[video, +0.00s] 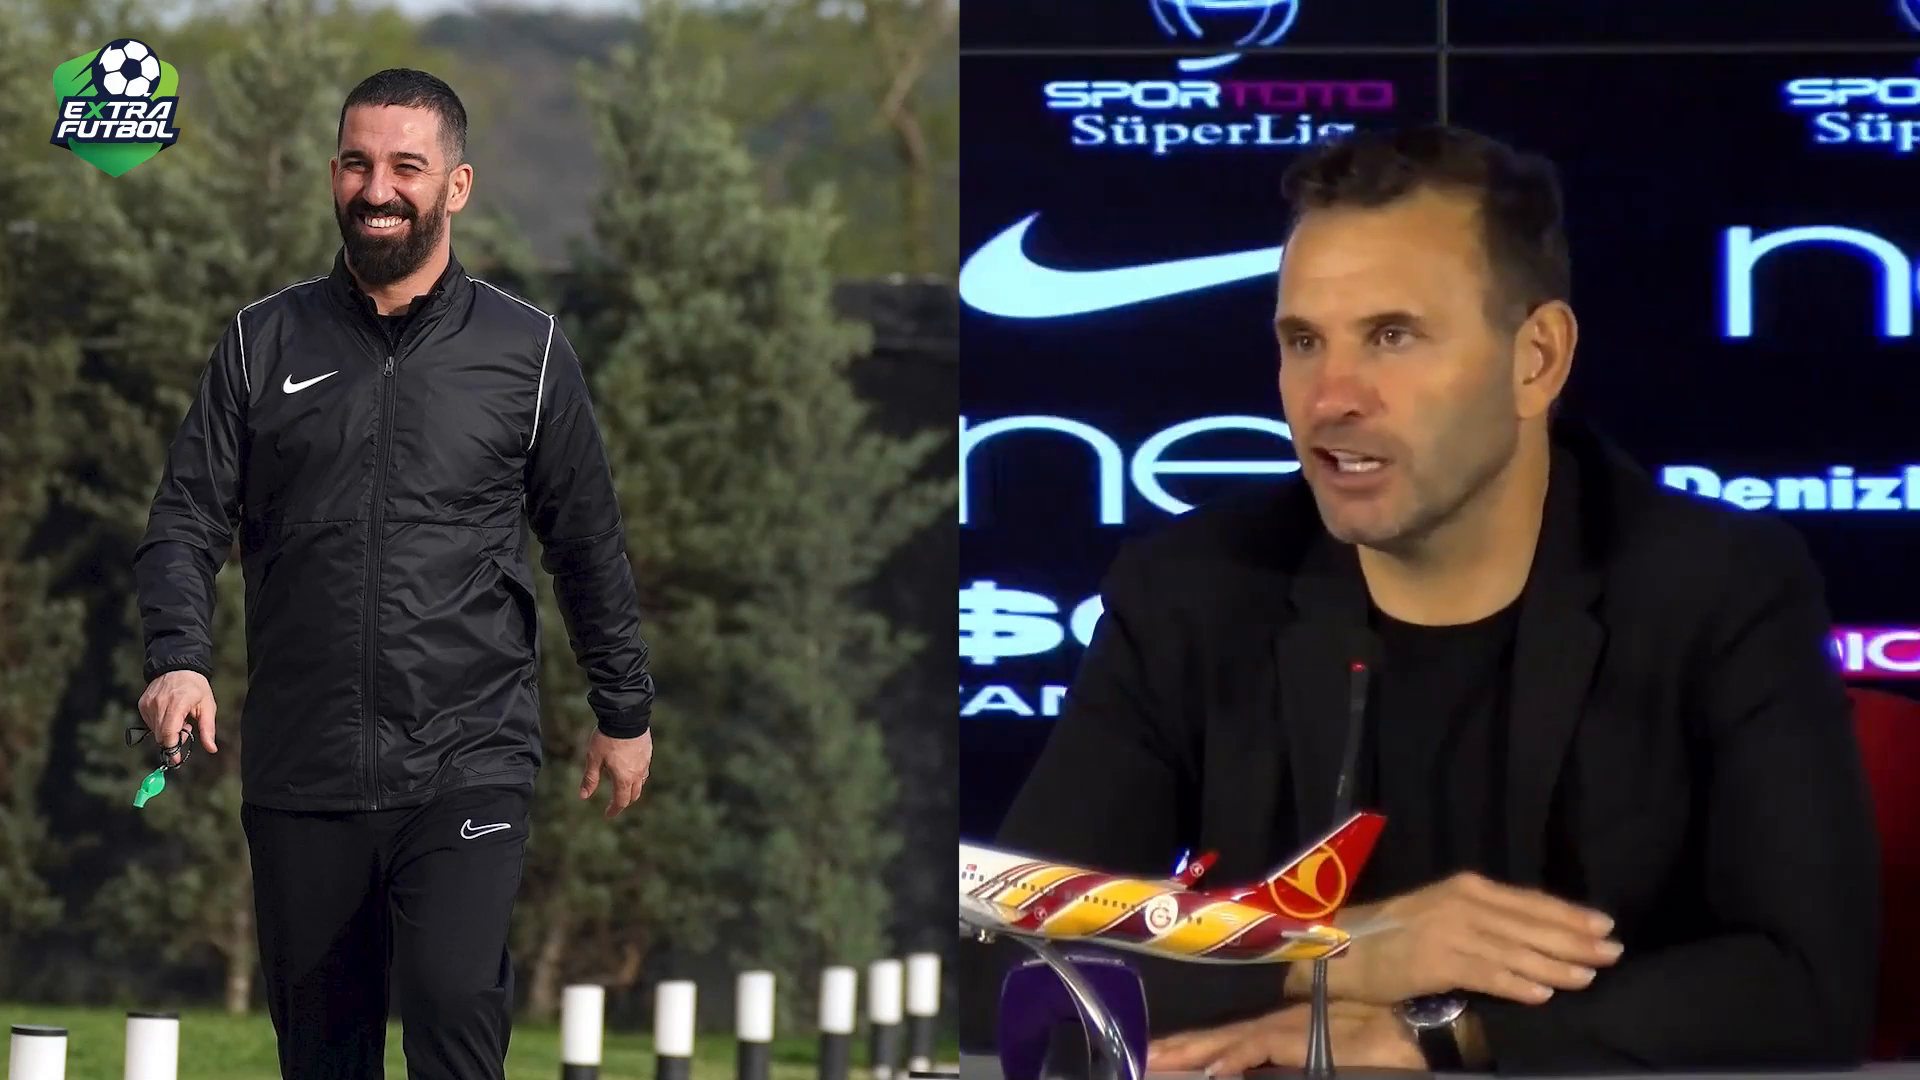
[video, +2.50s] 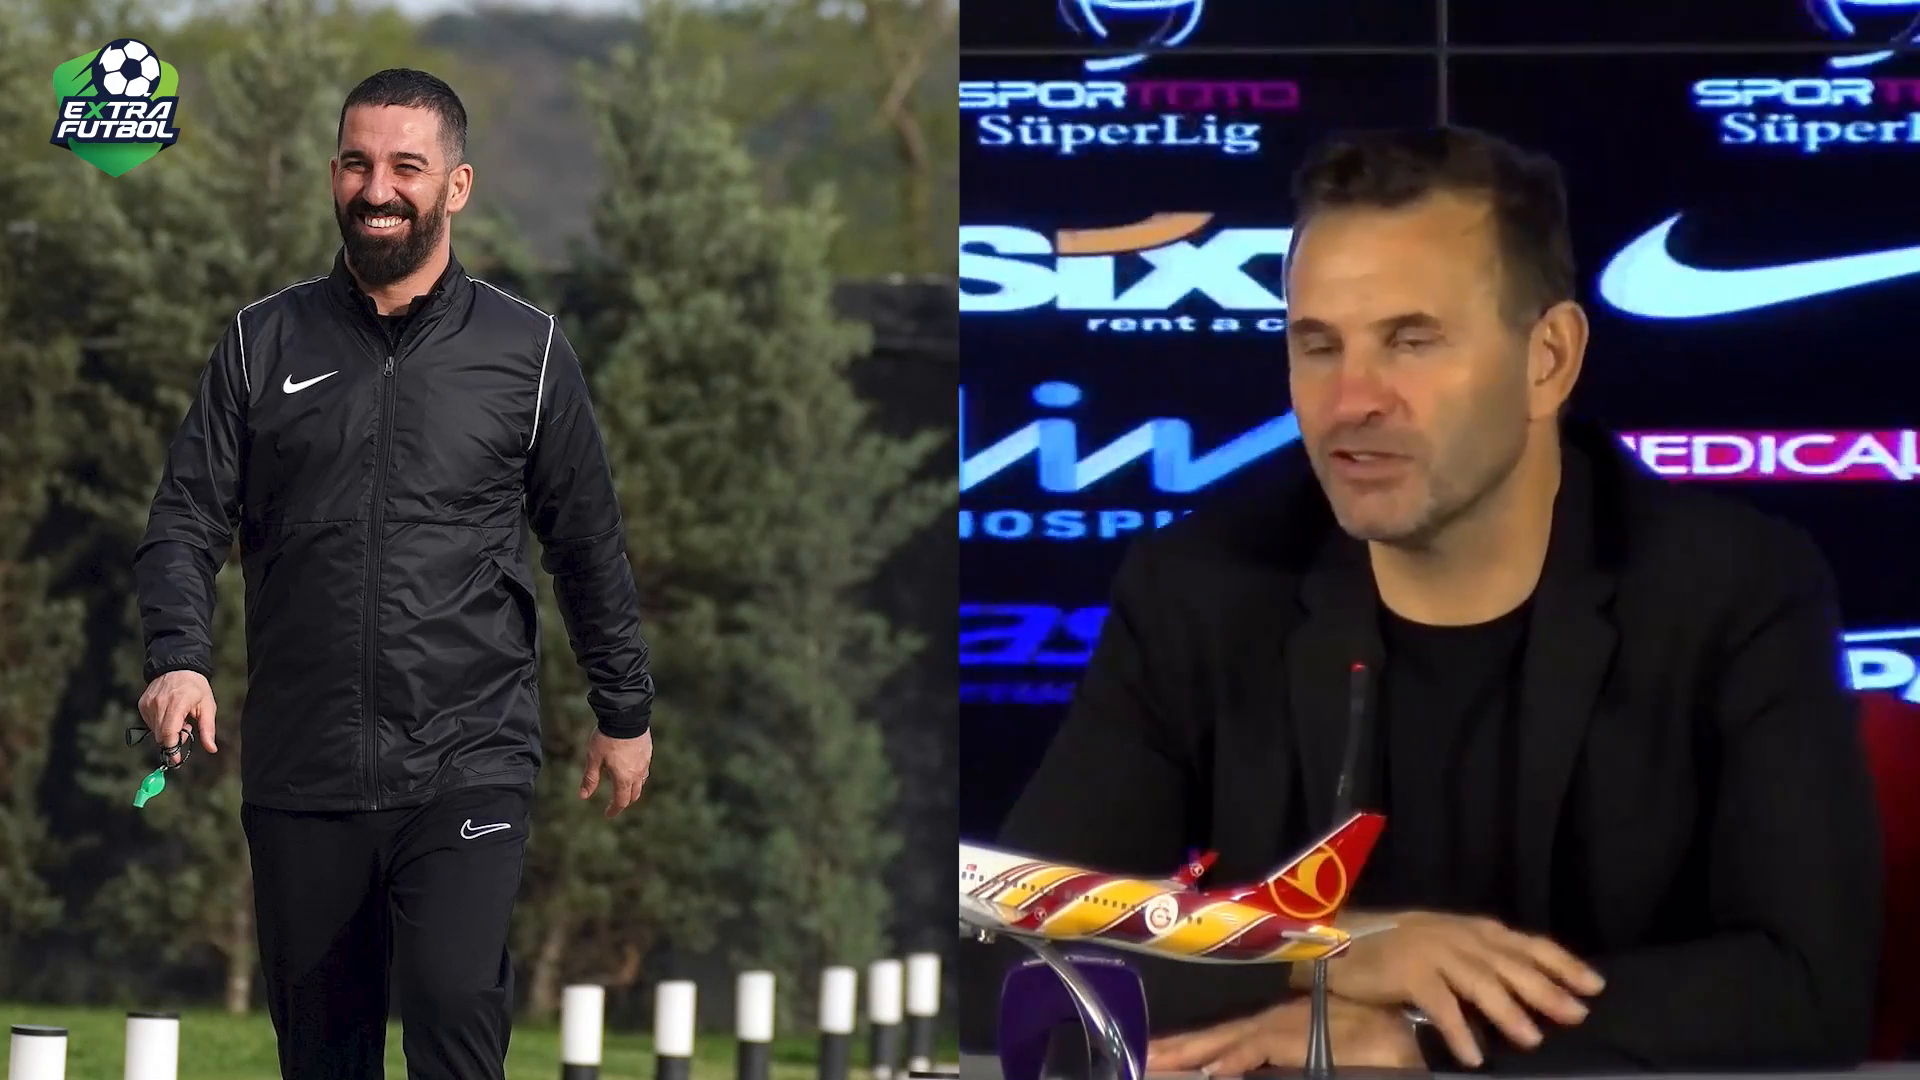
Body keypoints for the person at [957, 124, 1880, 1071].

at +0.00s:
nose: (1327, 396)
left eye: (1391, 337)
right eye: (1302, 341)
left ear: (1537, 361)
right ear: (1276, 350)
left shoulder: (1724, 596)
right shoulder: (1191, 592)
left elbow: (1808, 991)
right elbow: (1018, 956)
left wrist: (1441, 1036)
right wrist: (1333, 957)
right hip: (1252, 1076)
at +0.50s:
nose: (1324, 389)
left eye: (1387, 330)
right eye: (1300, 334)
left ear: (1537, 349)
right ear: (1276, 342)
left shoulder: (1735, 593)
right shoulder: (1193, 593)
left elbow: (1813, 993)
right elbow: (1024, 977)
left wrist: (1436, 1024)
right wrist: (1319, 954)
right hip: (1254, 1075)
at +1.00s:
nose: (1324, 404)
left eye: (1388, 346)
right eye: (1301, 347)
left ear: (1538, 366)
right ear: (1276, 352)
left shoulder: (1731, 597)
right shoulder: (1196, 595)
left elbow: (1807, 995)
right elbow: (1022, 956)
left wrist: (1422, 1039)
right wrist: (1321, 962)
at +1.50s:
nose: (1335, 398)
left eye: (1401, 343)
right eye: (1314, 341)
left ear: (1552, 366)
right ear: (1289, 345)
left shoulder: (1735, 597)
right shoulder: (1200, 591)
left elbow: (1805, 993)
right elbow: (1027, 956)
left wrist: (1426, 1035)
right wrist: (1324, 959)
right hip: (1253, 1078)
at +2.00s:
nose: (1321, 400)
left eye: (1388, 343)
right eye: (1303, 343)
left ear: (1541, 367)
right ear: (1280, 351)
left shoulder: (1737, 599)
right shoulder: (1199, 588)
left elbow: (1807, 992)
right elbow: (1027, 959)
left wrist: (1439, 1026)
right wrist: (1309, 963)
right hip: (1247, 1075)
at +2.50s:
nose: (1348, 400)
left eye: (1410, 340)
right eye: (1318, 345)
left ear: (1550, 359)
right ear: (1287, 357)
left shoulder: (1738, 593)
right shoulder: (1200, 591)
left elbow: (1806, 992)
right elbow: (1024, 953)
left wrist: (1423, 1034)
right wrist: (1326, 955)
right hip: (1258, 1077)